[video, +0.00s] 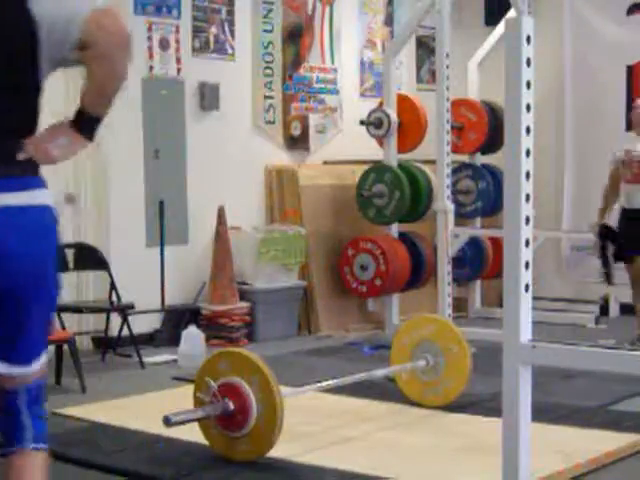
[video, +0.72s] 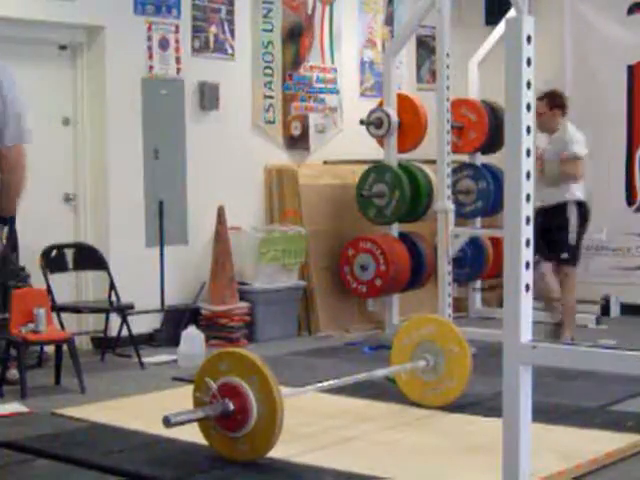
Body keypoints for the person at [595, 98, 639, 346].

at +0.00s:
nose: (634, 114)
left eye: (636, 109)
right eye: (634, 109)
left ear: (636, 118)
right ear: (631, 118)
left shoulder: (629, 155)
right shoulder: (625, 154)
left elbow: (613, 188)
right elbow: (613, 187)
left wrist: (602, 217)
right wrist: (603, 217)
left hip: (631, 212)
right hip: (629, 212)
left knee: (634, 277)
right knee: (634, 277)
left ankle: (637, 332)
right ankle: (636, 332)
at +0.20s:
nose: (616, 113)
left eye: (623, 109)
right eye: (617, 108)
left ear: (636, 114)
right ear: (616, 112)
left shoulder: (634, 139)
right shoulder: (612, 140)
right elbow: (598, 175)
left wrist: (582, 201)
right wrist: (582, 202)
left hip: (632, 205)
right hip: (616, 207)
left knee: (611, 259)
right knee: (631, 266)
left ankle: (631, 315)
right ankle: (631, 317)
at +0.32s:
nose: (604, 113)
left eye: (610, 109)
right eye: (604, 108)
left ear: (625, 114)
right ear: (604, 111)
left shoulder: (632, 138)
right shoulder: (597, 137)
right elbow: (587, 176)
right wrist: (569, 204)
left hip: (628, 205)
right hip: (605, 207)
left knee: (603, 268)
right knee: (626, 273)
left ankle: (593, 326)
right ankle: (637, 329)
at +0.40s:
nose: (585, 116)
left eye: (591, 112)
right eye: (585, 111)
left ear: (608, 116)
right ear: (588, 113)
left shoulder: (617, 140)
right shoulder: (584, 139)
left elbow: (635, 169)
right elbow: (574, 178)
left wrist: (634, 211)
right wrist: (560, 209)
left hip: (610, 208)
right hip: (588, 209)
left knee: (590, 271)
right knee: (610, 274)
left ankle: (577, 327)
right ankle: (633, 322)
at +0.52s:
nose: (566, 115)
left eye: (571, 111)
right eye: (566, 110)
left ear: (588, 114)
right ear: (570, 113)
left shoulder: (597, 139)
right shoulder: (565, 138)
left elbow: (619, 174)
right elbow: (564, 178)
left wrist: (607, 215)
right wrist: (557, 210)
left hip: (589, 208)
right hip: (568, 209)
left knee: (579, 274)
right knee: (574, 275)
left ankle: (567, 335)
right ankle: (619, 321)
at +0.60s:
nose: (555, 115)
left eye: (561, 111)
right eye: (556, 110)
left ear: (577, 114)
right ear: (561, 113)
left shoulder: (588, 138)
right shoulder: (556, 137)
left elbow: (604, 170)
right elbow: (558, 175)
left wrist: (596, 204)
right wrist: (551, 207)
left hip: (580, 208)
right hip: (556, 209)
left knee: (575, 273)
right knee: (555, 276)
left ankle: (568, 332)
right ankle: (600, 304)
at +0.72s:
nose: (536, 119)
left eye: (540, 113)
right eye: (535, 113)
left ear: (556, 112)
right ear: (550, 113)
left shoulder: (571, 136)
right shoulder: (550, 141)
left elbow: (576, 170)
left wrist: (544, 167)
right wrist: (534, 163)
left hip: (568, 203)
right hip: (545, 205)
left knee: (565, 270)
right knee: (539, 266)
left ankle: (567, 330)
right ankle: (559, 318)